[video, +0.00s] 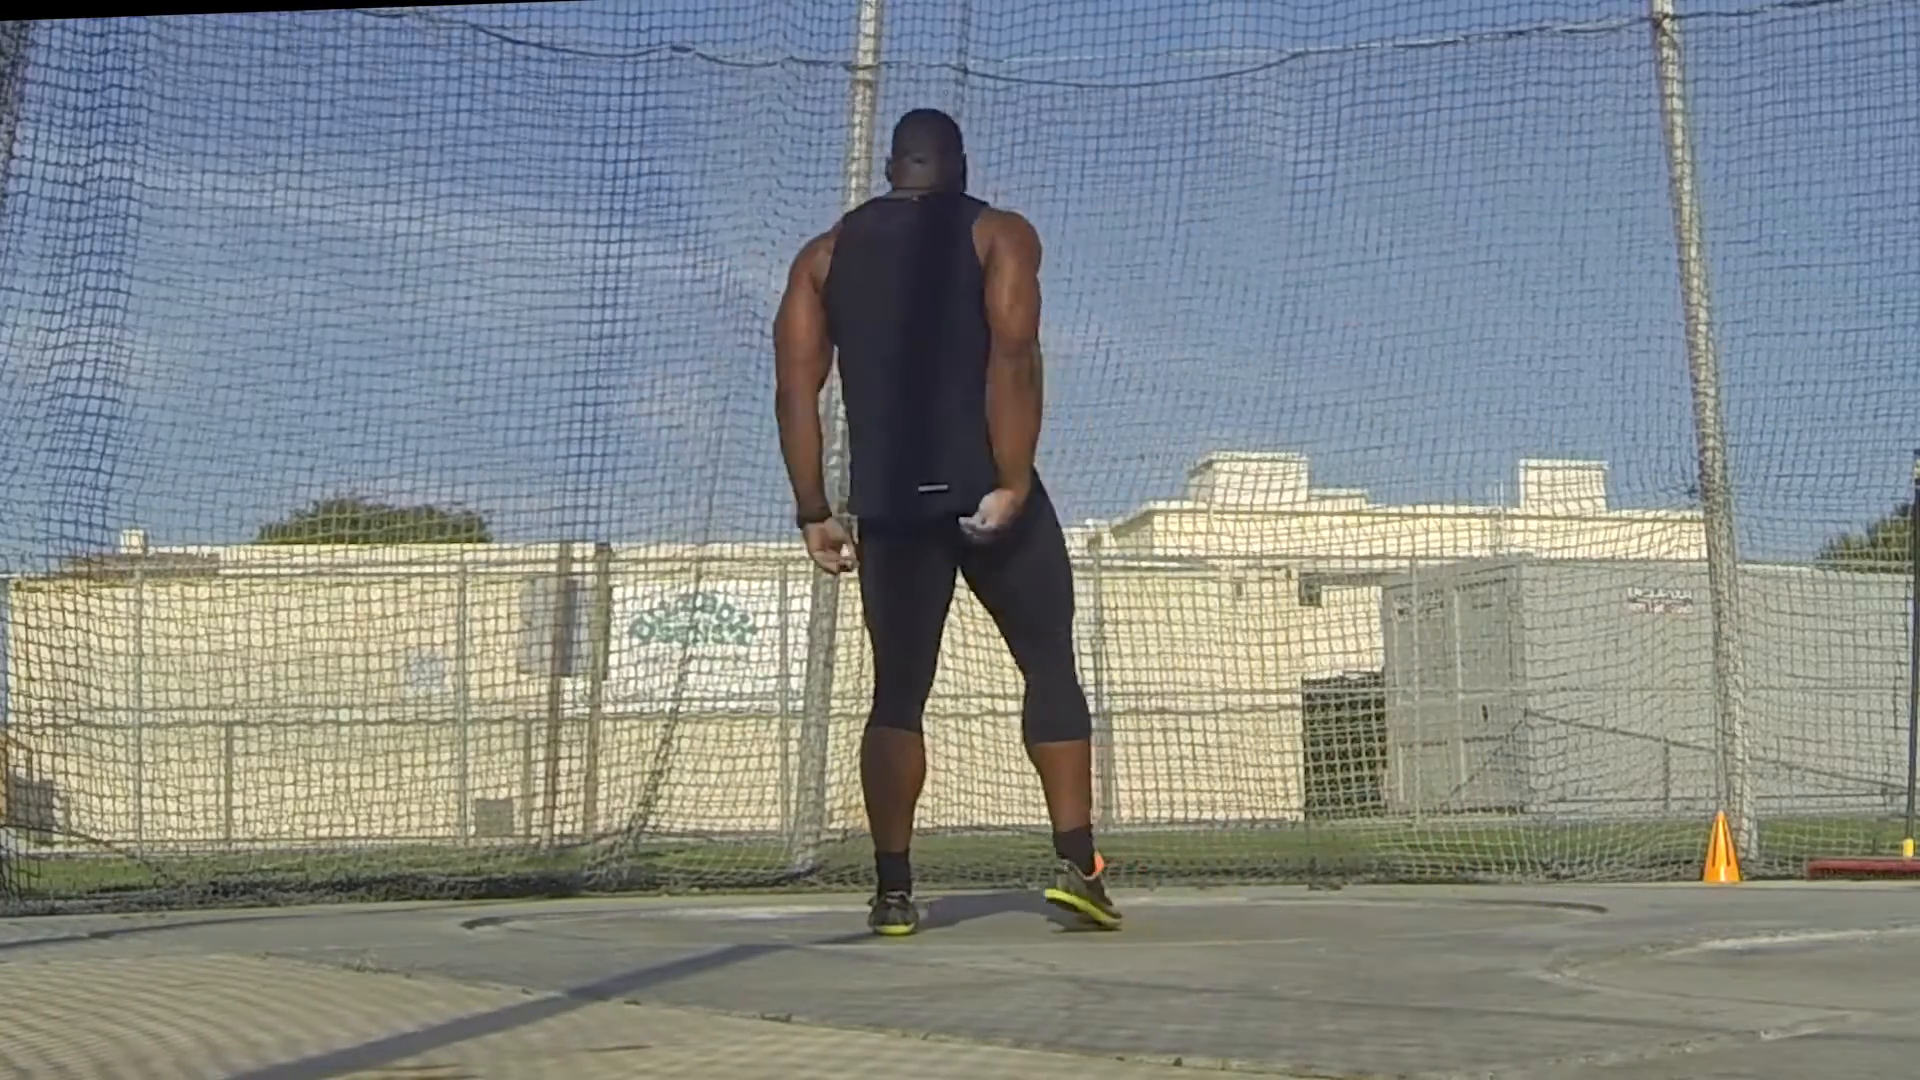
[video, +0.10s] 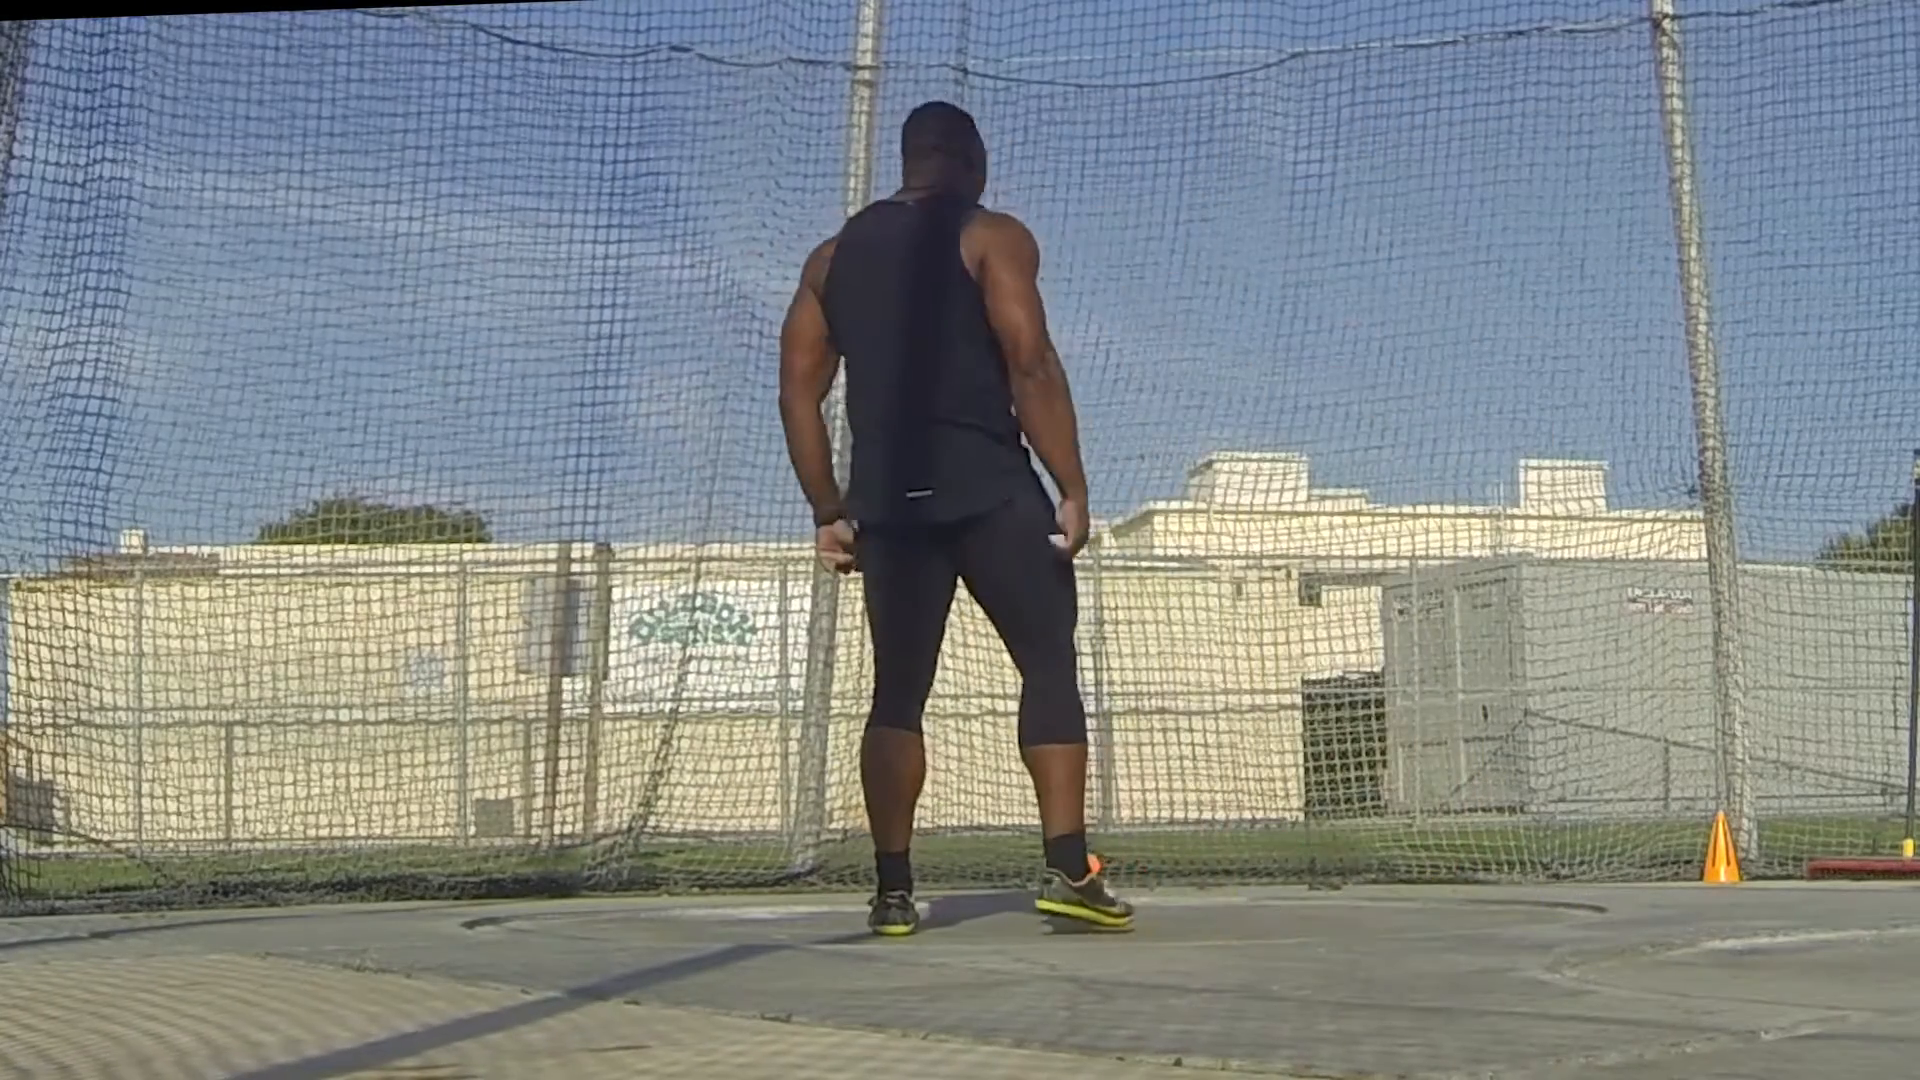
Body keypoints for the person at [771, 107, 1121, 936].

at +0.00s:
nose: (924, 172)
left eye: (911, 159)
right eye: (943, 159)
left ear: (888, 168)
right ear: (962, 169)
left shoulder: (824, 251)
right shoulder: (999, 232)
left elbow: (798, 384)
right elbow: (1013, 348)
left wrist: (811, 505)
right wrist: (1012, 477)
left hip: (890, 504)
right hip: (992, 495)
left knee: (896, 691)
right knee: (1049, 668)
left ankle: (893, 889)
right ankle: (1078, 864)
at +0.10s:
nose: (985, 182)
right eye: (985, 171)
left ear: (902, 168)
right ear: (977, 168)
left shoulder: (835, 252)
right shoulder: (995, 236)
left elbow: (800, 385)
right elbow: (1028, 358)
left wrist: (826, 506)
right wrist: (1073, 486)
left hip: (888, 502)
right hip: (989, 490)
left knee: (897, 692)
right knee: (1049, 665)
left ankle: (892, 888)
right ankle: (1070, 867)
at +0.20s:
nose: (1015, 171)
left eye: (1013, 155)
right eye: (1006, 155)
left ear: (930, 158)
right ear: (967, 155)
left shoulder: (856, 249)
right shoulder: (988, 237)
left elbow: (828, 391)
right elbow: (1032, 368)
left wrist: (865, 499)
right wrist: (1097, 473)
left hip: (898, 503)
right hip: (991, 491)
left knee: (905, 687)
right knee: (1049, 659)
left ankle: (894, 891)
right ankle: (1065, 874)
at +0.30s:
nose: (1031, 146)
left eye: (1027, 132)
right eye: (1013, 134)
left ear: (953, 159)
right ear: (964, 151)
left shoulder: (888, 246)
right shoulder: (987, 239)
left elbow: (870, 392)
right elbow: (1021, 377)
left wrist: (919, 468)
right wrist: (1100, 472)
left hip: (914, 502)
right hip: (1001, 492)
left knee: (918, 683)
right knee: (1052, 663)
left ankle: (891, 886)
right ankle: (1073, 879)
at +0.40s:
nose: (1051, 138)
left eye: (1050, 125)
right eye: (1034, 125)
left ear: (983, 151)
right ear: (983, 142)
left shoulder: (942, 237)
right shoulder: (987, 238)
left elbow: (945, 387)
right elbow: (1008, 380)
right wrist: (1098, 463)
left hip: (945, 497)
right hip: (1012, 493)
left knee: (928, 677)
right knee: (1051, 673)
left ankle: (875, 875)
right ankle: (1093, 881)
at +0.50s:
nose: (1077, 132)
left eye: (1077, 118)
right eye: (1058, 118)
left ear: (1032, 141)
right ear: (1007, 136)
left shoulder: (1005, 229)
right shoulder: (996, 231)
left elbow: (994, 379)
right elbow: (992, 374)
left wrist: (1077, 469)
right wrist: (1089, 469)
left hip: (990, 499)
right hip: (1031, 497)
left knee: (968, 671)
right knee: (1057, 681)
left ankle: (886, 864)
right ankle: (1098, 888)